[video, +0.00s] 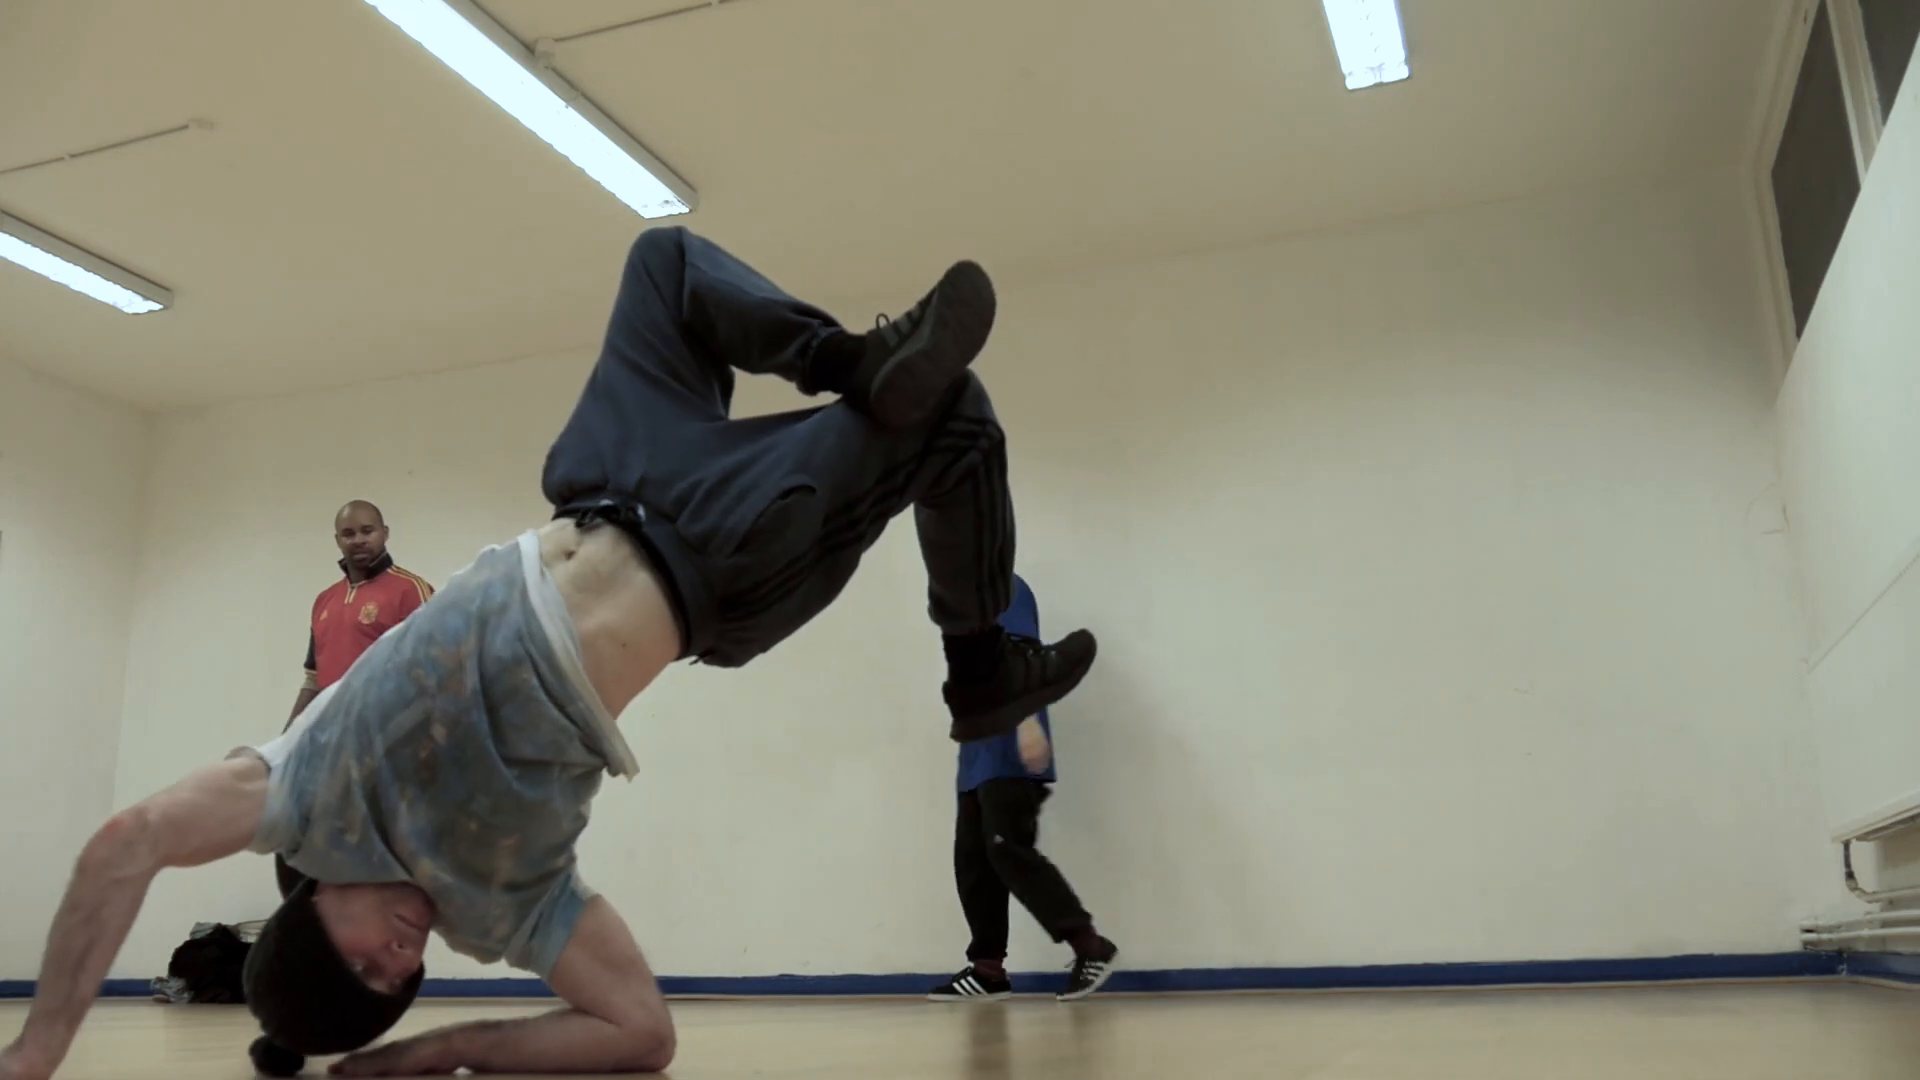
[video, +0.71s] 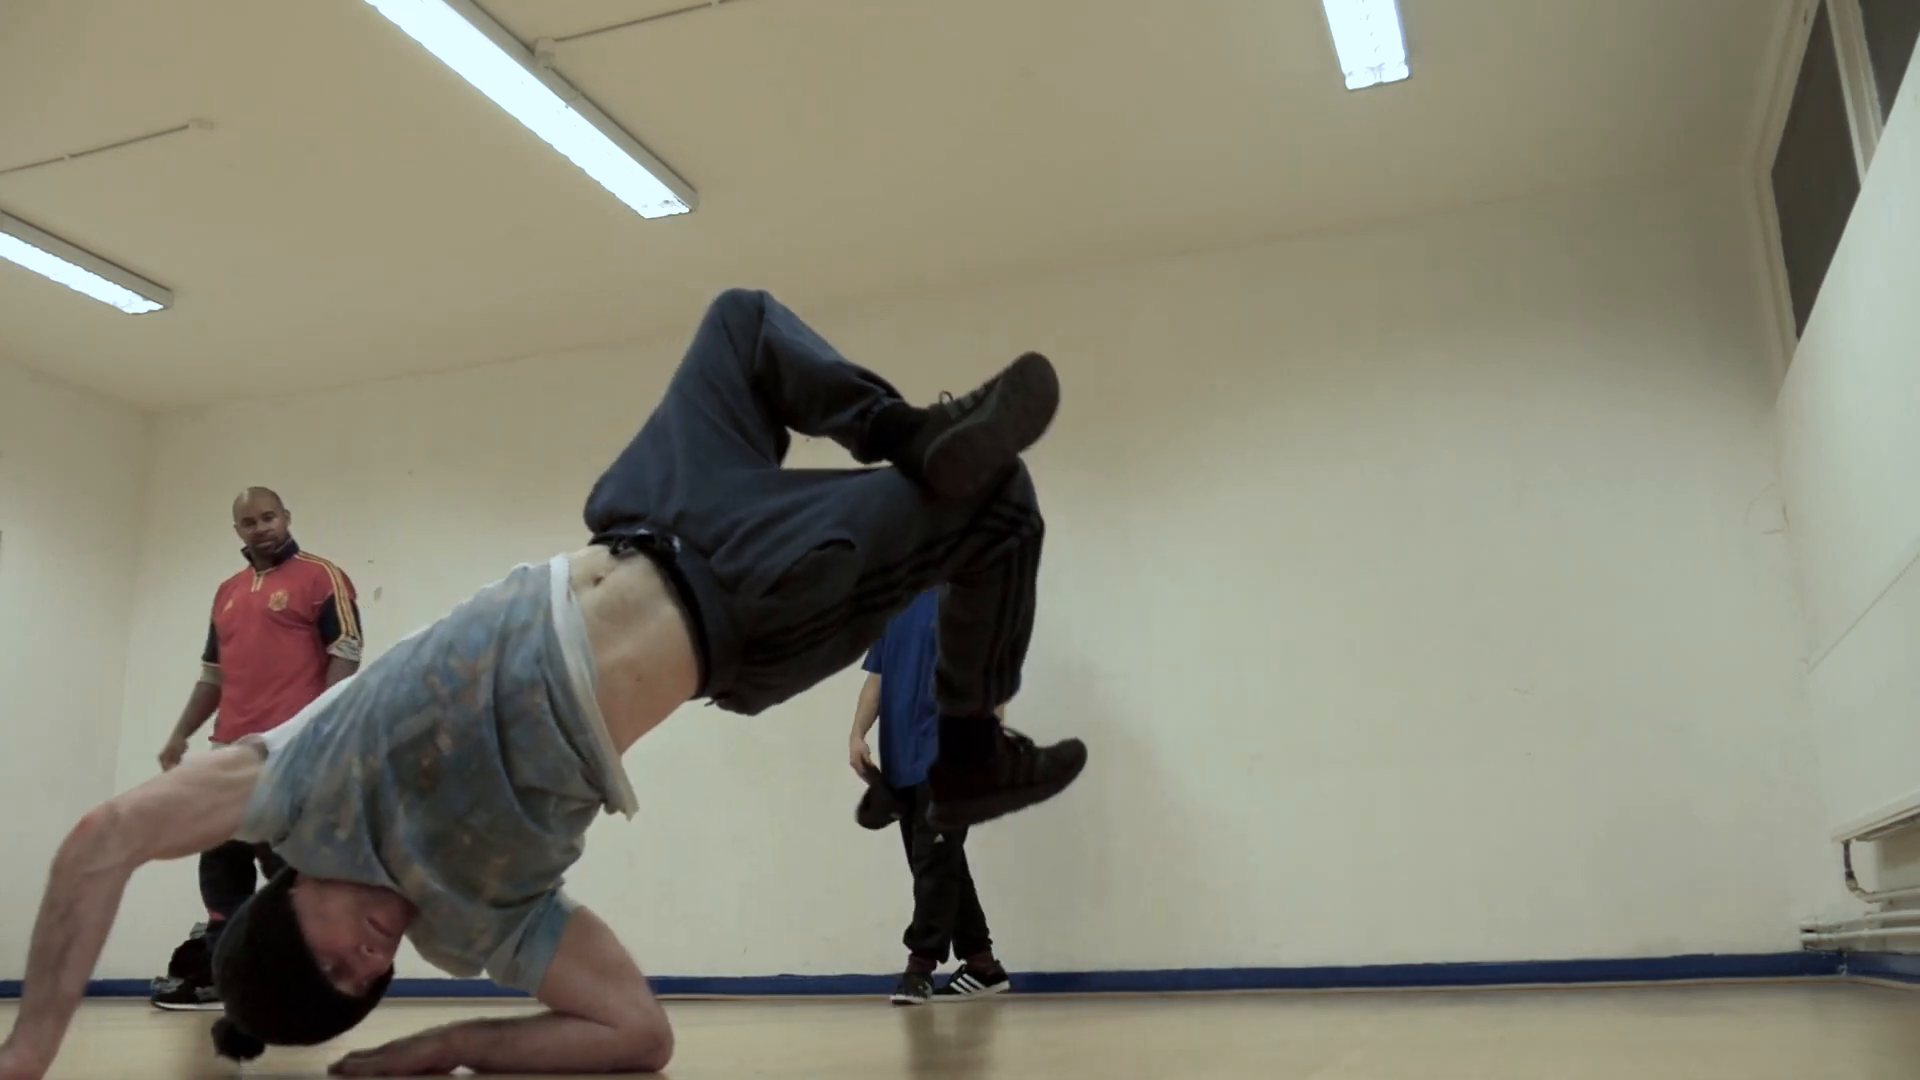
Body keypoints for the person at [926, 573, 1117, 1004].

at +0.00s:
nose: (954, 560)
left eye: (960, 551)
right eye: (952, 553)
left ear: (986, 546)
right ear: (957, 558)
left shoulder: (1008, 593)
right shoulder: (964, 605)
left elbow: (1019, 664)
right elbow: (985, 671)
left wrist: (1029, 724)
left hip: (1012, 751)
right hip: (977, 754)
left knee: (1008, 851)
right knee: (974, 860)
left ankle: (1091, 947)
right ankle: (987, 969)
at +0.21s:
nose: (950, 562)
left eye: (959, 554)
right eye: (943, 557)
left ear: (978, 552)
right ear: (935, 563)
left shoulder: (997, 595)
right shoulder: (937, 614)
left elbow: (1031, 658)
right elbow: (925, 691)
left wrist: (1050, 726)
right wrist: (916, 759)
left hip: (994, 751)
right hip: (950, 756)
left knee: (969, 843)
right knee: (954, 856)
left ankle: (1025, 950)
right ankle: (986, 966)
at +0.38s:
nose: (923, 563)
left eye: (930, 552)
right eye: (917, 553)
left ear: (959, 557)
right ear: (913, 559)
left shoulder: (992, 607)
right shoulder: (913, 620)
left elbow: (1015, 672)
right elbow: (895, 691)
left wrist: (1019, 743)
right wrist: (867, 750)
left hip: (983, 758)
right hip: (935, 763)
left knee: (965, 855)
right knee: (951, 862)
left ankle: (961, 961)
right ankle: (982, 964)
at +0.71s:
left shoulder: (970, 594)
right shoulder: (896, 597)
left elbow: (994, 675)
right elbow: (877, 672)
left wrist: (989, 739)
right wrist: (858, 734)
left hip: (947, 745)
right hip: (901, 747)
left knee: (935, 856)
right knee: (931, 858)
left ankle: (920, 969)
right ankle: (982, 965)